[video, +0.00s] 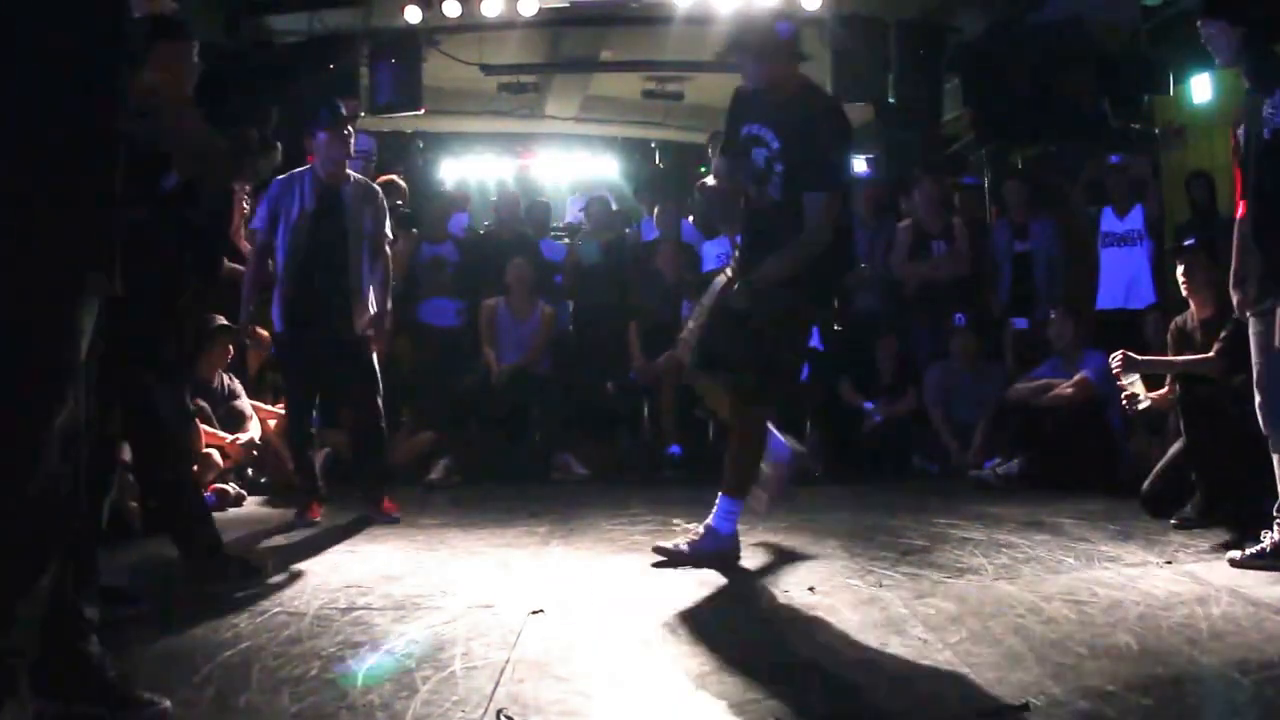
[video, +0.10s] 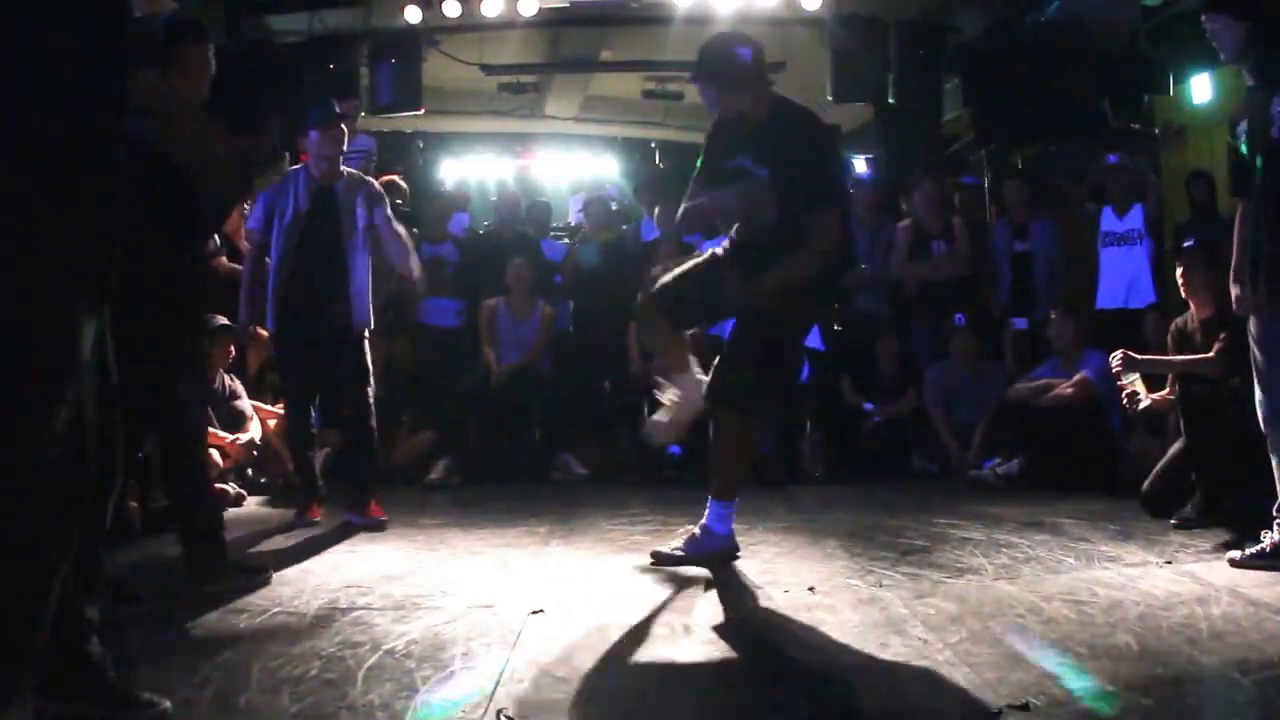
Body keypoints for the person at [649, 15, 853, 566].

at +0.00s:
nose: (745, 72)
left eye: (753, 61)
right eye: (742, 62)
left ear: (783, 55)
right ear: (743, 59)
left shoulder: (819, 115)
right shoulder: (745, 101)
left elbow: (822, 226)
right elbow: (733, 182)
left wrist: (764, 275)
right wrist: (718, 193)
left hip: (800, 269)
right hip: (749, 259)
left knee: (754, 394)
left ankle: (721, 530)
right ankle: (775, 450)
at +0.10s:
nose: (710, 102)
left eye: (715, 90)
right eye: (706, 92)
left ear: (745, 81)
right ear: (713, 87)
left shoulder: (808, 132)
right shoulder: (725, 134)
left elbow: (827, 236)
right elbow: (686, 220)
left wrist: (771, 284)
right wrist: (726, 205)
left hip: (798, 267)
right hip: (743, 257)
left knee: (735, 389)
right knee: (655, 306)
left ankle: (717, 528)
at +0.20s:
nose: (705, 82)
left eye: (712, 68)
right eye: (700, 71)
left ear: (744, 60)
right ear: (704, 71)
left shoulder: (804, 107)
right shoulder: (715, 120)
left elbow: (826, 209)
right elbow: (686, 209)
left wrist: (780, 274)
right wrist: (679, 252)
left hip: (793, 253)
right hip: (732, 247)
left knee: (747, 374)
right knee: (668, 307)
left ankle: (712, 518)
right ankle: (668, 441)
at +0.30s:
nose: (708, 56)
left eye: (713, 42)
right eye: (702, 48)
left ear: (748, 35)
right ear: (710, 50)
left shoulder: (811, 92)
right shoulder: (710, 111)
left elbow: (834, 192)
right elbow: (694, 204)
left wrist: (797, 265)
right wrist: (657, 286)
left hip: (798, 272)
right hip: (734, 272)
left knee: (758, 405)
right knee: (737, 402)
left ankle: (676, 507)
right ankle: (744, 560)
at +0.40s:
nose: (722, 57)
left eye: (731, 43)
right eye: (716, 48)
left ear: (766, 42)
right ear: (717, 56)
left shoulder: (819, 108)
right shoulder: (710, 120)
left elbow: (845, 193)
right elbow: (687, 205)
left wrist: (823, 246)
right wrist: (667, 269)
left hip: (800, 279)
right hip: (736, 281)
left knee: (769, 417)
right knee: (756, 411)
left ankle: (675, 519)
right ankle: (762, 558)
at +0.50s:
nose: (729, 45)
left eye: (737, 33)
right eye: (725, 36)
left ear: (771, 31)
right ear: (731, 40)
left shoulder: (823, 91)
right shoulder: (717, 95)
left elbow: (848, 188)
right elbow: (695, 186)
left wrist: (809, 247)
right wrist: (676, 259)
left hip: (794, 266)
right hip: (724, 262)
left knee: (765, 402)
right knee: (716, 388)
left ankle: (715, 527)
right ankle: (695, 527)